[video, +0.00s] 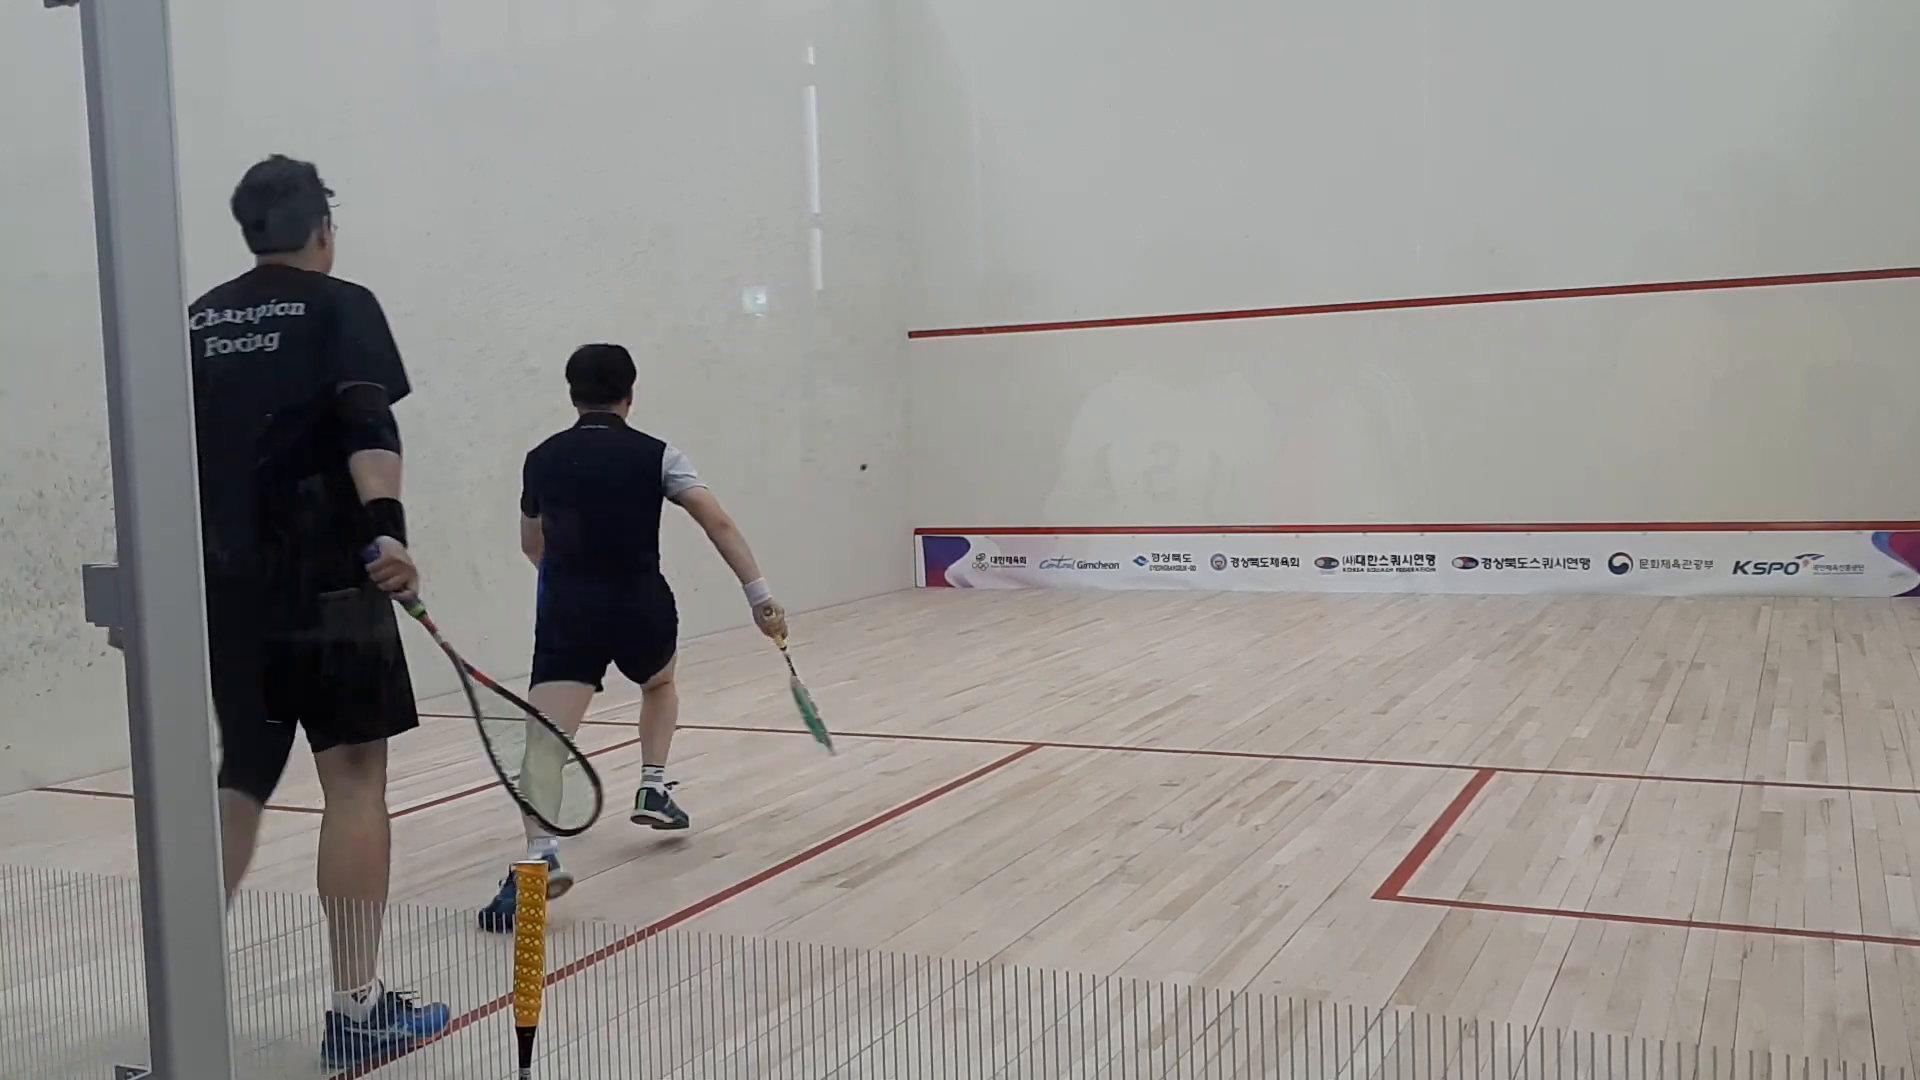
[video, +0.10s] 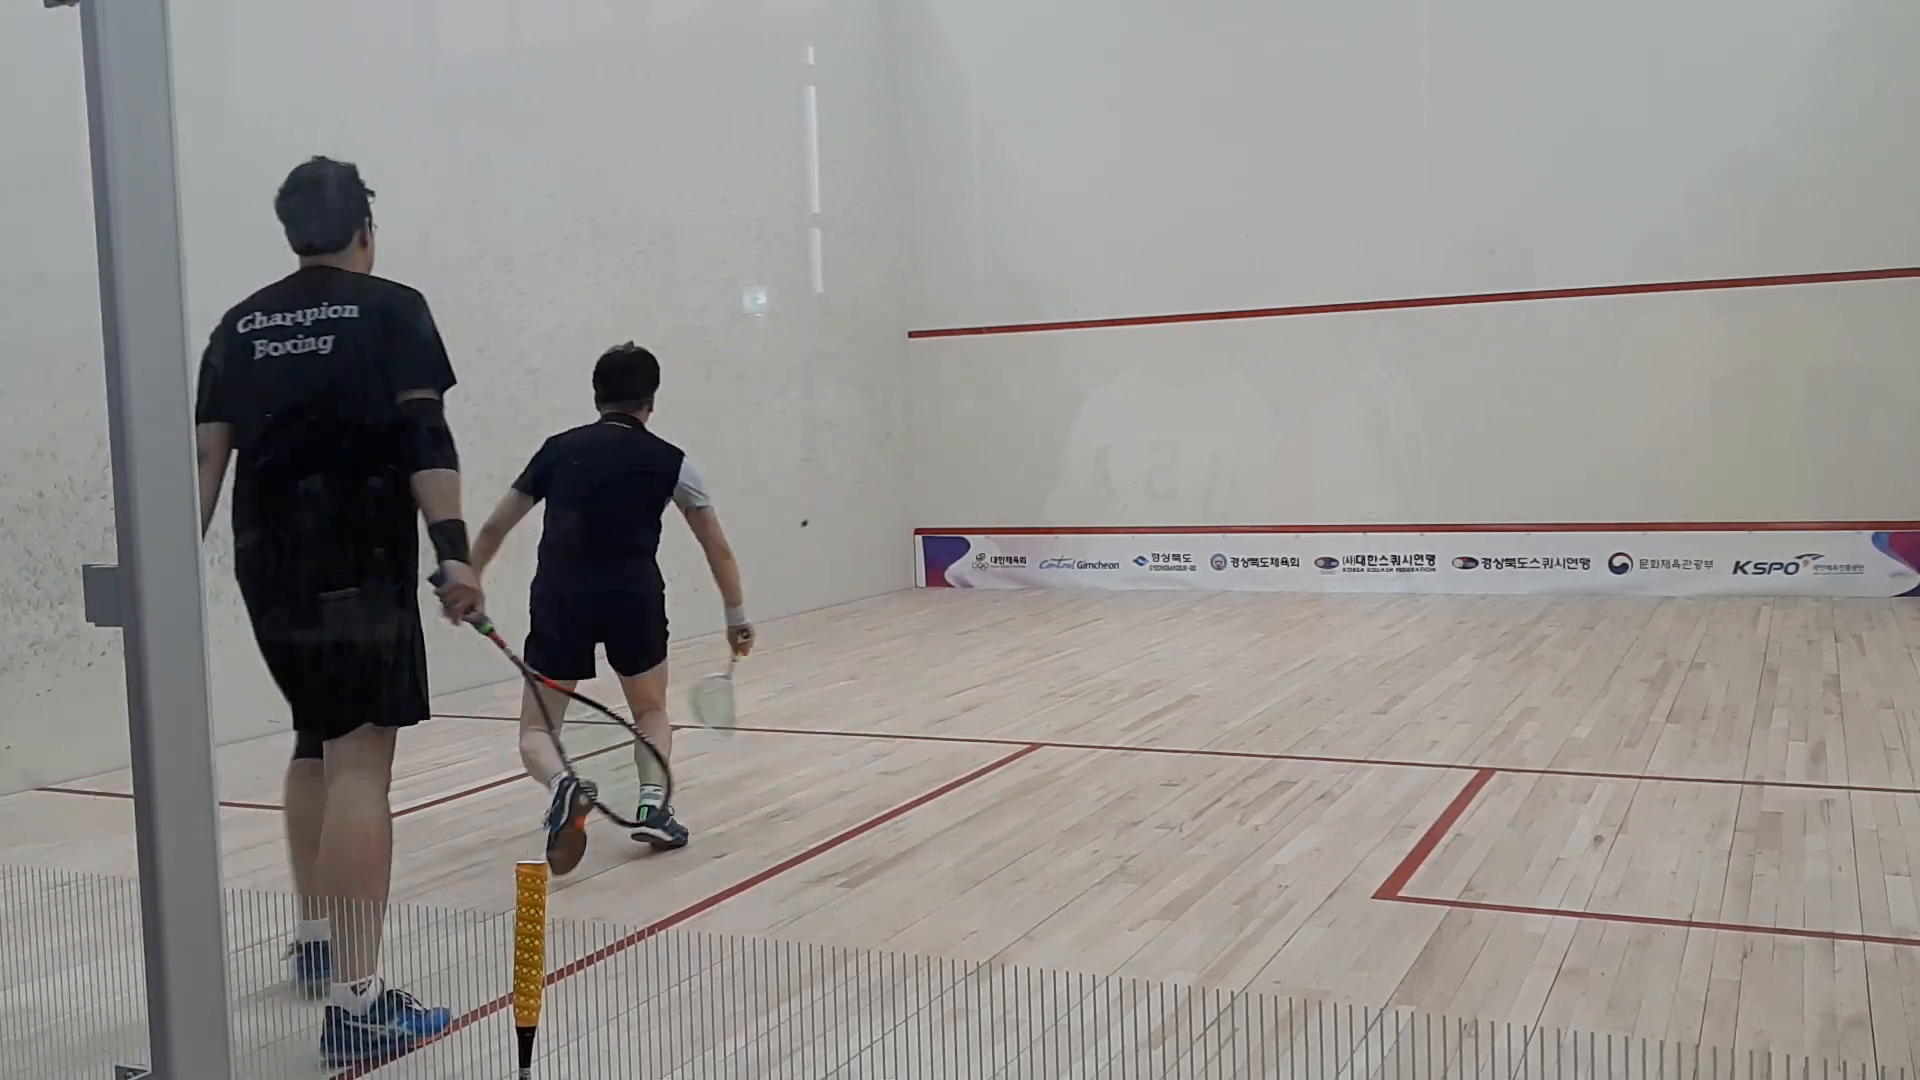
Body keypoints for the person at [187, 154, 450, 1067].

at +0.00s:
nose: (335, 235)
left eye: (327, 222)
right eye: (332, 222)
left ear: (249, 235)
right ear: (321, 229)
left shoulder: (194, 318)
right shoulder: (343, 307)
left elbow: (163, 454)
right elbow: (367, 429)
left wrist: (151, 580)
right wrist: (389, 534)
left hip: (226, 598)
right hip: (330, 592)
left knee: (242, 774)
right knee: (354, 781)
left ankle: (180, 982)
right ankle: (356, 1008)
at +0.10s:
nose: (375, 239)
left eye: (360, 227)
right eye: (374, 227)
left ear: (291, 234)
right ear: (365, 230)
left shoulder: (237, 327)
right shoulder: (394, 311)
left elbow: (202, 468)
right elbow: (426, 442)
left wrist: (165, 574)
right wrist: (455, 556)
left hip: (270, 578)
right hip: (366, 574)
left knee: (315, 743)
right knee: (362, 762)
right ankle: (358, 1000)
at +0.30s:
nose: (431, 243)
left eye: (418, 231)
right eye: (429, 232)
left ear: (354, 250)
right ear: (423, 241)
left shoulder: (312, 342)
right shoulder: (456, 322)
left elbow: (287, 473)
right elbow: (498, 444)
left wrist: (278, 582)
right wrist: (552, 554)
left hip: (346, 566)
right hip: (435, 561)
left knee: (417, 719)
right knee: (449, 734)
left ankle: (422, 893)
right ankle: (391, 924)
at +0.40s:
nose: (455, 235)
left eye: (443, 224)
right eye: (454, 224)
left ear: (379, 237)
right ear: (447, 231)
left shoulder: (341, 327)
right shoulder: (477, 308)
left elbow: (328, 459)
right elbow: (519, 434)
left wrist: (331, 560)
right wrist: (571, 531)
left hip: (390, 563)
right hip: (476, 554)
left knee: (430, 718)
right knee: (523, 709)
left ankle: (421, 896)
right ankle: (447, 863)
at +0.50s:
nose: (486, 226)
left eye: (476, 214)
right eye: (484, 215)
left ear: (413, 227)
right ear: (477, 221)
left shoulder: (376, 314)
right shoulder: (506, 297)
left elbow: (367, 450)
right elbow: (538, 424)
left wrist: (390, 541)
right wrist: (593, 514)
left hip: (425, 549)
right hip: (518, 539)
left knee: (433, 707)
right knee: (561, 682)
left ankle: (423, 893)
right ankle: (531, 853)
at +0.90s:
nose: (603, 278)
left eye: (598, 270)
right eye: (601, 270)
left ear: (538, 276)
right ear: (596, 273)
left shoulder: (498, 347)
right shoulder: (625, 344)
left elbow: (462, 447)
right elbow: (674, 440)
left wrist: (450, 526)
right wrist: (731, 509)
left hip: (527, 543)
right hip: (609, 537)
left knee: (535, 658)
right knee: (690, 638)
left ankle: (505, 801)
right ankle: (649, 786)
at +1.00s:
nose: (627, 318)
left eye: (621, 310)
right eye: (626, 310)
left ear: (566, 319)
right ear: (620, 316)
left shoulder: (518, 383)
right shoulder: (639, 388)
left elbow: (474, 480)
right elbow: (681, 489)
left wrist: (458, 562)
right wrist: (744, 537)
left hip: (538, 571)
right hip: (618, 567)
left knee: (556, 669)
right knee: (732, 637)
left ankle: (512, 789)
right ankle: (727, 786)